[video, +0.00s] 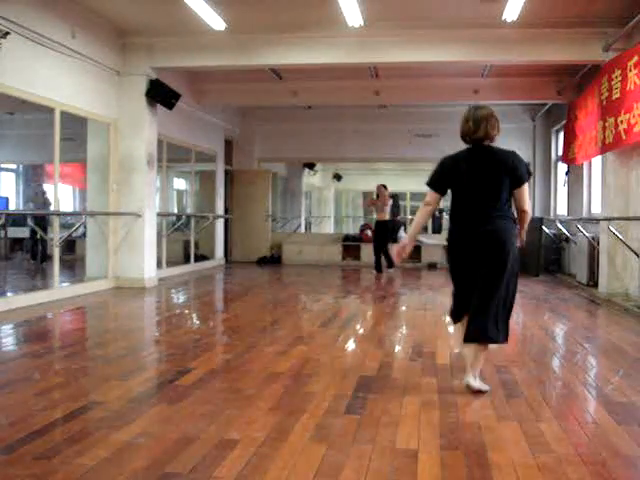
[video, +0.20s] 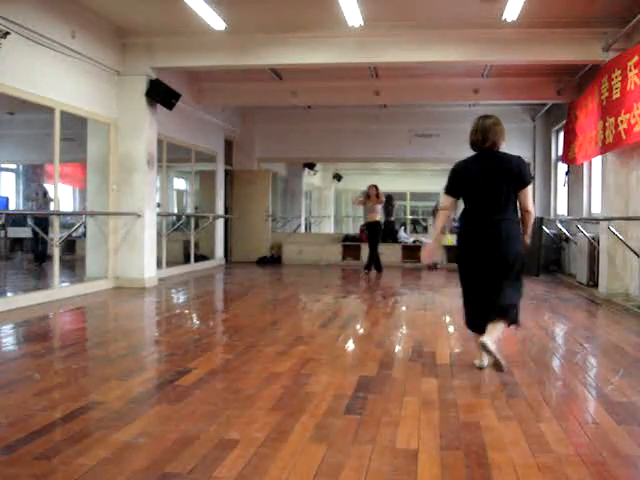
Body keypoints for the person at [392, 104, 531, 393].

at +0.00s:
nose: (497, 130)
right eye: (496, 125)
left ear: (465, 130)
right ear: (495, 130)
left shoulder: (451, 163)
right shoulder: (510, 161)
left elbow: (429, 205)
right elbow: (524, 209)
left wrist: (409, 239)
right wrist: (520, 234)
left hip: (461, 241)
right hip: (499, 243)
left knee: (464, 293)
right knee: (490, 302)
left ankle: (460, 341)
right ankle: (473, 372)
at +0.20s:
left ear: (473, 138)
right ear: (501, 137)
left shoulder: (462, 168)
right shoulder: (516, 165)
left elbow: (445, 209)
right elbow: (527, 209)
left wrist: (432, 242)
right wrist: (526, 234)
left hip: (471, 239)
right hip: (506, 238)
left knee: (478, 291)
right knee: (509, 287)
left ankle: (483, 354)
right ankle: (491, 337)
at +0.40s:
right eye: (510, 137)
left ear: (484, 140)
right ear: (511, 140)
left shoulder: (472, 169)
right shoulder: (521, 167)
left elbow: (464, 207)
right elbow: (534, 203)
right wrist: (545, 234)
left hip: (480, 238)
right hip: (512, 238)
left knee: (481, 289)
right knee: (515, 285)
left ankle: (482, 349)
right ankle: (514, 341)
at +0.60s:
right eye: (523, 145)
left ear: (499, 148)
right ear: (522, 148)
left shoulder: (489, 173)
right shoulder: (534, 173)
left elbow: (473, 196)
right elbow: (550, 206)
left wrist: (474, 214)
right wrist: (566, 234)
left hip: (496, 238)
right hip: (525, 239)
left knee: (494, 280)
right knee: (524, 286)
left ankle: (493, 322)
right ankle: (512, 338)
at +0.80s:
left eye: (509, 151)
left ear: (506, 154)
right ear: (529, 154)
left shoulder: (497, 177)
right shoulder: (539, 176)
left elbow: (476, 204)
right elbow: (552, 210)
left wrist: (460, 224)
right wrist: (550, 224)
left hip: (504, 237)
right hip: (530, 238)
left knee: (506, 279)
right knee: (523, 282)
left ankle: (510, 329)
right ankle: (515, 334)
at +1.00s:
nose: (533, 155)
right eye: (532, 152)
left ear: (510, 158)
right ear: (530, 156)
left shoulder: (501, 182)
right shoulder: (541, 179)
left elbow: (487, 214)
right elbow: (551, 212)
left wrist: (474, 237)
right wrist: (546, 223)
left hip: (508, 237)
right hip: (534, 237)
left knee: (511, 276)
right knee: (535, 274)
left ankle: (518, 322)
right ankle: (524, 311)